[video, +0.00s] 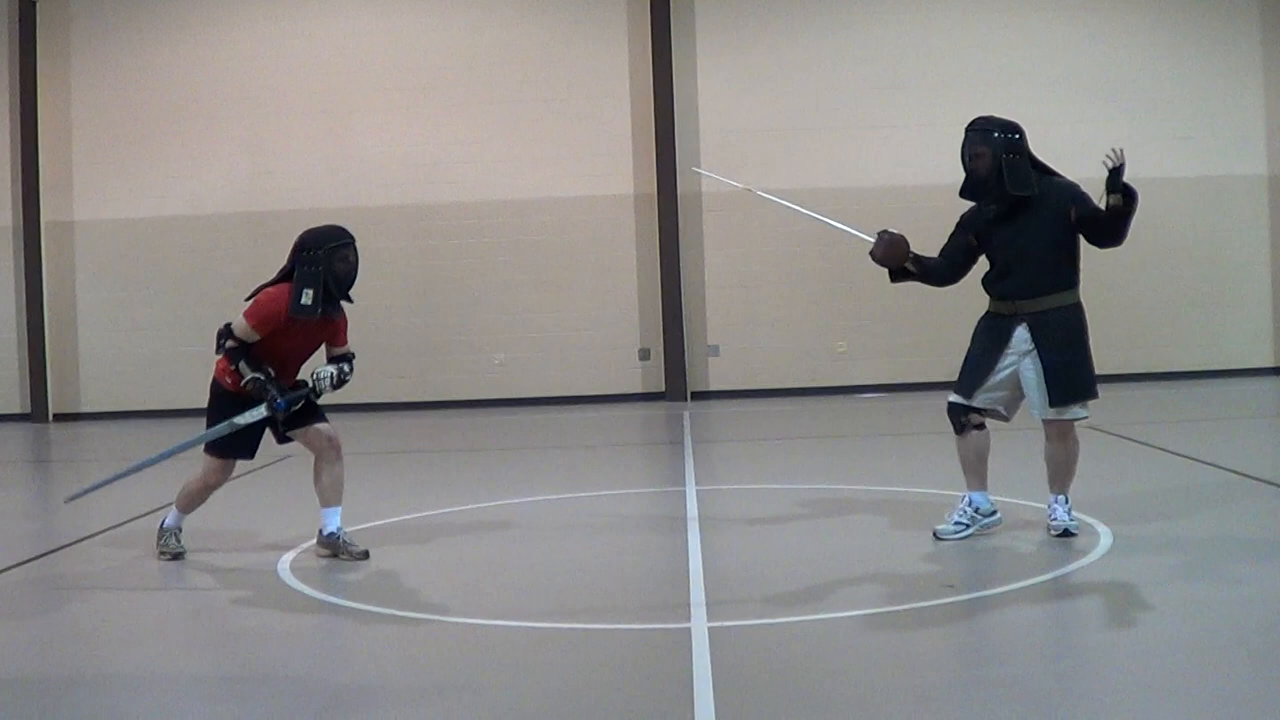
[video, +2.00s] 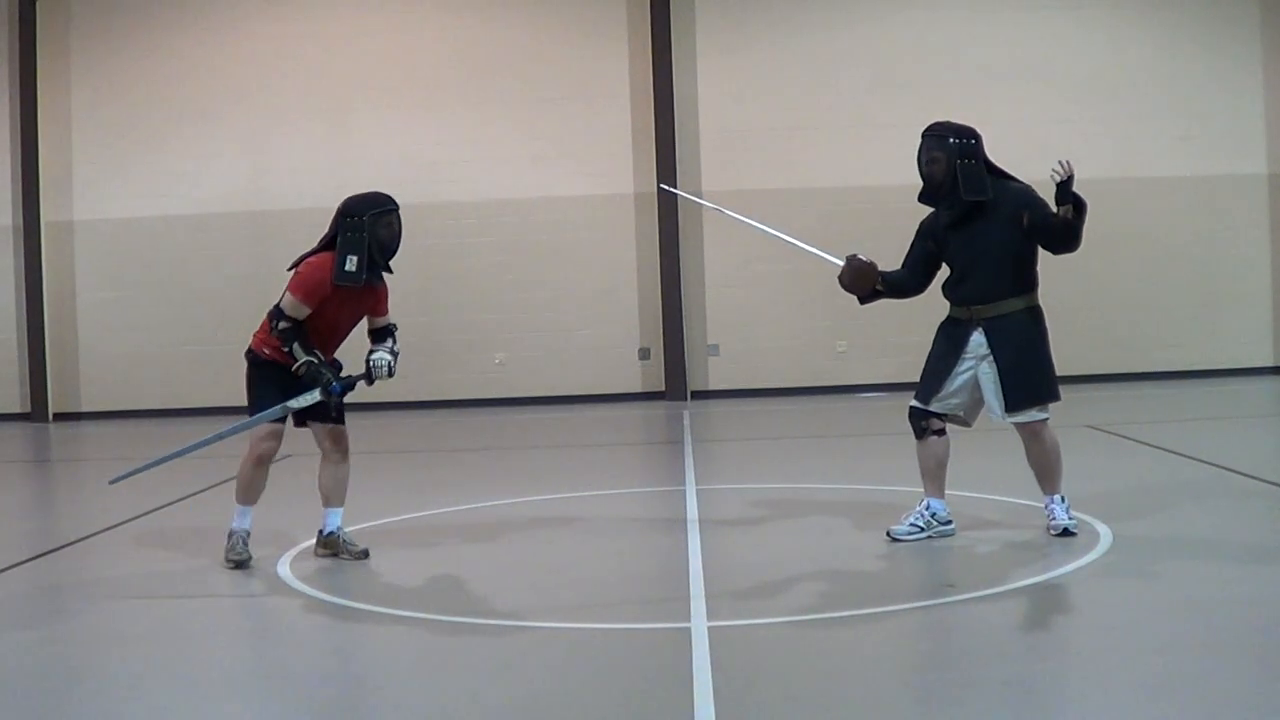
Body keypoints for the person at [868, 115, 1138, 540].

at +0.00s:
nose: (970, 165)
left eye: (977, 156)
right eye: (967, 157)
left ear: (1006, 155)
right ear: (969, 159)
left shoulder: (1060, 195)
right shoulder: (979, 216)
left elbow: (1108, 236)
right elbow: (947, 270)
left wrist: (1118, 198)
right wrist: (905, 259)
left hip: (1055, 322)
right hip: (1000, 322)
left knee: (1059, 419)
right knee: (965, 408)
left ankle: (1060, 504)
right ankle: (979, 503)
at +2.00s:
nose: (926, 169)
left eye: (934, 159)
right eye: (923, 160)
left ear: (961, 159)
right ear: (925, 163)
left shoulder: (1016, 198)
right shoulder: (939, 221)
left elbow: (1063, 242)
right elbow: (912, 279)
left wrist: (1069, 206)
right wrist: (872, 280)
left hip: (1014, 324)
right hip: (960, 326)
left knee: (1030, 418)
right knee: (927, 414)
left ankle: (1055, 503)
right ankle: (934, 509)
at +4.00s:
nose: (957, 173)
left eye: (966, 164)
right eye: (952, 165)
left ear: (989, 165)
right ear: (947, 170)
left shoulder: (1027, 211)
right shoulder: (946, 227)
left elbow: (1066, 254)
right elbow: (937, 290)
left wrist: (1088, 224)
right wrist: (913, 282)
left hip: (1022, 325)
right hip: (965, 329)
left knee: (1053, 410)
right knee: (937, 414)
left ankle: (1045, 476)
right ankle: (934, 509)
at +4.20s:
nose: (1009, 183)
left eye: (1017, 175)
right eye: (1004, 175)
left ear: (1041, 177)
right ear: (1000, 178)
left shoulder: (1075, 226)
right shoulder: (996, 225)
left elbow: (1126, 262)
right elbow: (950, 253)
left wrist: (1130, 229)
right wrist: (904, 245)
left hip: (1055, 337)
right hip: (997, 335)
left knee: (1086, 427)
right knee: (965, 421)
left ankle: (1091, 481)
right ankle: (930, 507)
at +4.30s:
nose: (1043, 179)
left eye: (1053, 172)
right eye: (1039, 171)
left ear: (1074, 175)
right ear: (1034, 175)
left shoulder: (1108, 224)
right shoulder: (1030, 223)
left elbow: (1153, 263)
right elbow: (981, 257)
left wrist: (1159, 240)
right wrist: (935, 254)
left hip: (1086, 336)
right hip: (1030, 332)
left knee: (1099, 430)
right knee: (993, 418)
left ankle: (1090, 490)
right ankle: (944, 491)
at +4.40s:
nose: (1074, 175)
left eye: (1083, 167)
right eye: (1069, 167)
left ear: (1103, 173)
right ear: (1063, 173)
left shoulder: (1131, 225)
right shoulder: (1056, 225)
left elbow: (1164, 266)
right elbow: (1030, 274)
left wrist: (1194, 273)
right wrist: (983, 290)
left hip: (1107, 334)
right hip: (1054, 331)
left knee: (1109, 421)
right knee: (1029, 414)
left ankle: (1093, 485)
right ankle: (1001, 467)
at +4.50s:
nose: (1097, 178)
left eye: (1105, 171)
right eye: (1093, 170)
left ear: (1126, 175)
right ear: (1086, 173)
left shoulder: (1152, 226)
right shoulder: (1080, 223)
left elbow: (1188, 269)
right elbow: (1049, 266)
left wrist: (1227, 302)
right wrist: (1006, 268)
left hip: (1126, 331)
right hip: (1076, 328)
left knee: (1116, 414)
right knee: (1063, 421)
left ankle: (1096, 482)